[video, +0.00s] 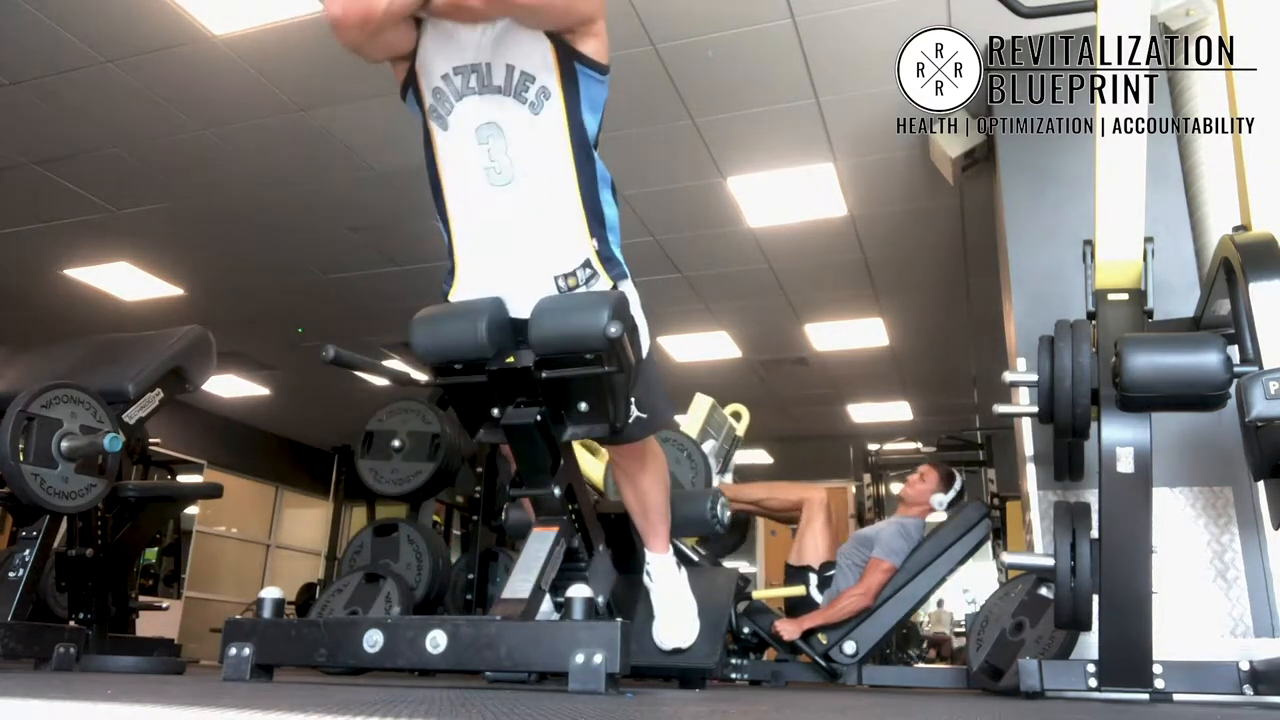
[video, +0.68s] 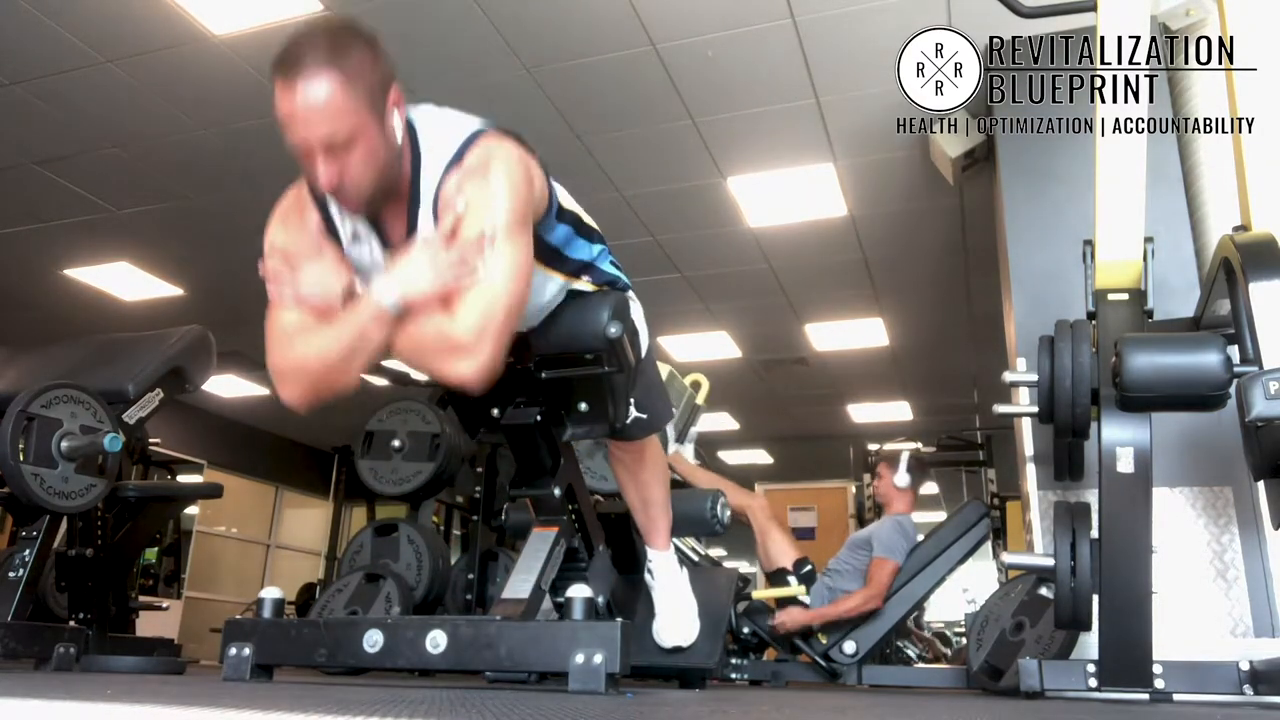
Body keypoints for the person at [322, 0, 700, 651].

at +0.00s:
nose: (473, 4)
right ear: (445, 1)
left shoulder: (577, 13)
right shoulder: (418, 41)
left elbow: (485, 6)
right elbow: (344, 12)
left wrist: (420, 1)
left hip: (585, 273)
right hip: (480, 285)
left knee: (629, 428)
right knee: (514, 438)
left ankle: (660, 565)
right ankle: (544, 551)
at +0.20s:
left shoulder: (550, 10)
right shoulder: (386, 45)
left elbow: (478, 39)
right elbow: (303, 74)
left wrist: (371, 26)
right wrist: (413, 4)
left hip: (577, 276)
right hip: (475, 294)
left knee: (628, 428)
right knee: (520, 436)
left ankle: (660, 561)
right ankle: (545, 538)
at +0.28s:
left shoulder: (536, 12)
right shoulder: (363, 42)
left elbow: (466, 77)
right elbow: (286, 107)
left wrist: (358, 55)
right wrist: (404, 20)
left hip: (577, 284)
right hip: (478, 303)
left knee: (628, 426)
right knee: (519, 437)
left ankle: (660, 560)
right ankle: (549, 535)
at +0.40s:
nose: (357, 9)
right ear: (337, 8)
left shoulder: (506, 50)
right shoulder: (330, 87)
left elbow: (452, 164)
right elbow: (272, 203)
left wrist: (340, 132)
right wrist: (386, 103)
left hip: (572, 289)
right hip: (473, 303)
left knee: (629, 421)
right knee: (508, 432)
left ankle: (660, 559)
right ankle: (546, 532)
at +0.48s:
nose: (343, 30)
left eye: (363, 6)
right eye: (330, 11)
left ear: (416, 7)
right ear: (319, 21)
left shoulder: (497, 79)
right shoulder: (311, 124)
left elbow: (454, 213)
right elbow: (272, 253)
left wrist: (336, 173)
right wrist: (384, 155)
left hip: (571, 291)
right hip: (470, 309)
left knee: (629, 422)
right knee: (510, 434)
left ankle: (661, 559)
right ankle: (547, 531)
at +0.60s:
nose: (325, 127)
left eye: (343, 101)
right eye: (307, 107)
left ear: (398, 73)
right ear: (292, 100)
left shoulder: (490, 141)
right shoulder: (297, 189)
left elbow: (461, 318)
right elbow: (287, 346)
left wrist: (345, 267)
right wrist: (385, 250)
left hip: (568, 300)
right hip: (467, 330)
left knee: (624, 411)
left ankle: (662, 563)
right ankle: (548, 530)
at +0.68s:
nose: (323, 175)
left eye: (339, 148)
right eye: (304, 154)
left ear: (393, 111)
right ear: (287, 139)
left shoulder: (490, 169)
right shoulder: (296, 219)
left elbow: (470, 360)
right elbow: (297, 383)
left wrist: (350, 308)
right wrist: (390, 292)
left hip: (573, 305)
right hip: (469, 329)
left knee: (628, 422)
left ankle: (661, 559)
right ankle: (548, 526)